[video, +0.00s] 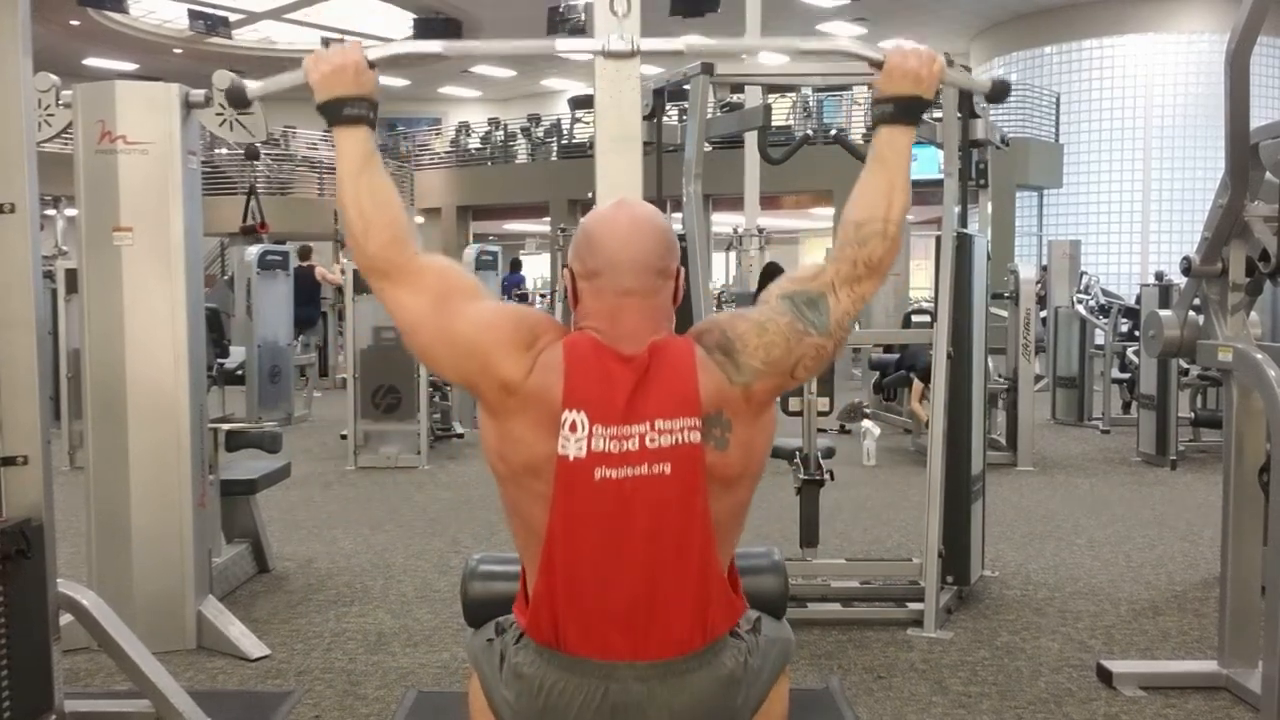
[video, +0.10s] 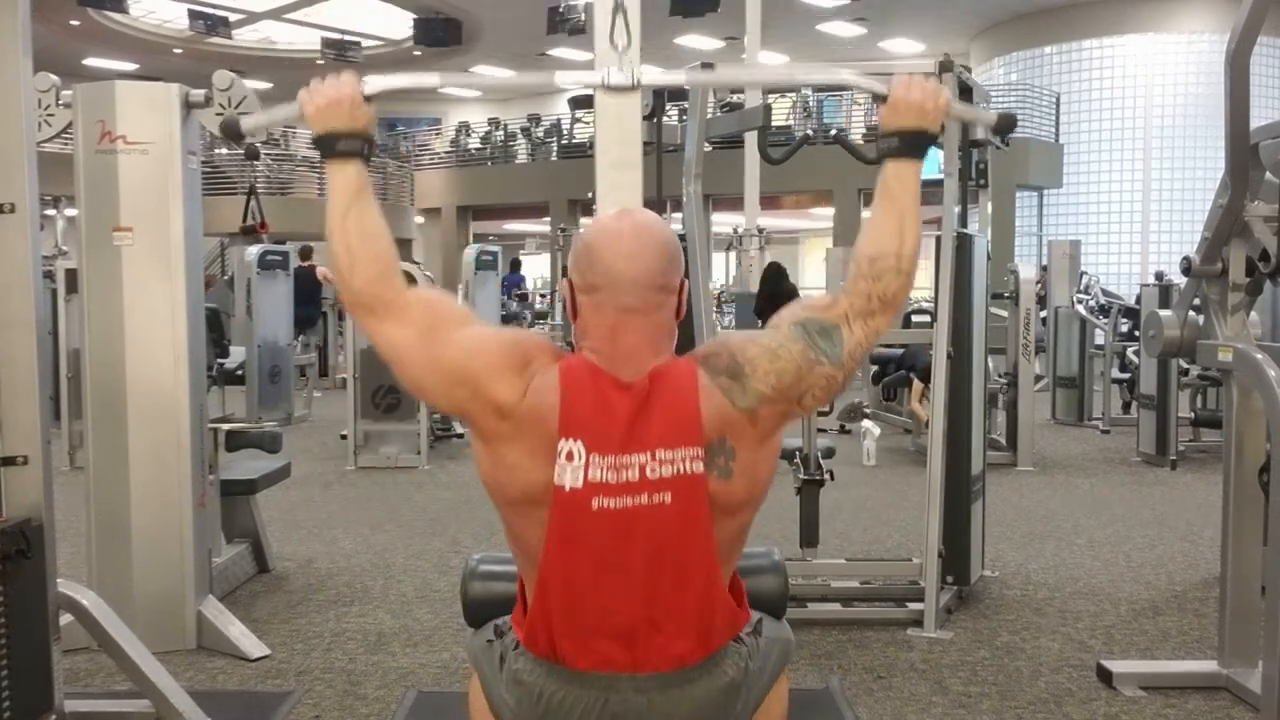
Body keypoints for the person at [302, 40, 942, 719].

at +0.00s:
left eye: (574, 272)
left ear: (572, 288)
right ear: (677, 287)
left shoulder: (513, 361)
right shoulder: (741, 364)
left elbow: (389, 262)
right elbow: (856, 266)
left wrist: (349, 114)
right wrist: (899, 112)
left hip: (553, 687)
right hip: (702, 684)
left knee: (488, 661)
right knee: (770, 652)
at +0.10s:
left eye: (572, 282)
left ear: (572, 302)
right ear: (680, 300)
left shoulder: (506, 382)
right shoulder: (748, 383)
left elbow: (374, 295)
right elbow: (872, 300)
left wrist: (342, 149)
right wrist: (906, 147)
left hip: (551, 687)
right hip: (706, 686)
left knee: (489, 657)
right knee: (772, 653)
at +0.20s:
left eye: (571, 294)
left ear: (569, 321)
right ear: (682, 320)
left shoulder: (502, 415)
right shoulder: (752, 413)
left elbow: (359, 348)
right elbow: (886, 338)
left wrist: (334, 196)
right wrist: (909, 188)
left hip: (551, 691)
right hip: (710, 688)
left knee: (488, 662)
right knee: (769, 641)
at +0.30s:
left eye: (568, 322)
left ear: (568, 345)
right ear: (683, 346)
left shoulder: (500, 449)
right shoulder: (758, 445)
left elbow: (351, 403)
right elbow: (896, 397)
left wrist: (326, 249)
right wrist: (909, 249)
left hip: (548, 695)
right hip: (703, 693)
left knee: (491, 637)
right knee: (770, 647)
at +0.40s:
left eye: (569, 343)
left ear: (568, 365)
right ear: (687, 368)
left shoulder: (496, 478)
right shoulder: (757, 479)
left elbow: (338, 450)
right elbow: (897, 452)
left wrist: (326, 303)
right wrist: (912, 311)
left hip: (549, 698)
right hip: (702, 696)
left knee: (491, 647)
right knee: (770, 645)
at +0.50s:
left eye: (572, 358)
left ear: (570, 381)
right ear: (692, 384)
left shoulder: (494, 500)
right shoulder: (759, 501)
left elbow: (339, 509)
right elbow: (899, 513)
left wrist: (326, 358)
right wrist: (913, 368)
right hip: (706, 702)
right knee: (799, 670)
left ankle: (485, 700)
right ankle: (773, 698)